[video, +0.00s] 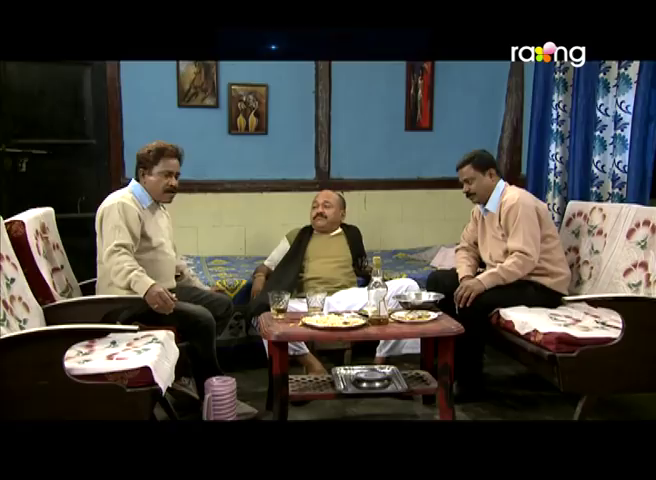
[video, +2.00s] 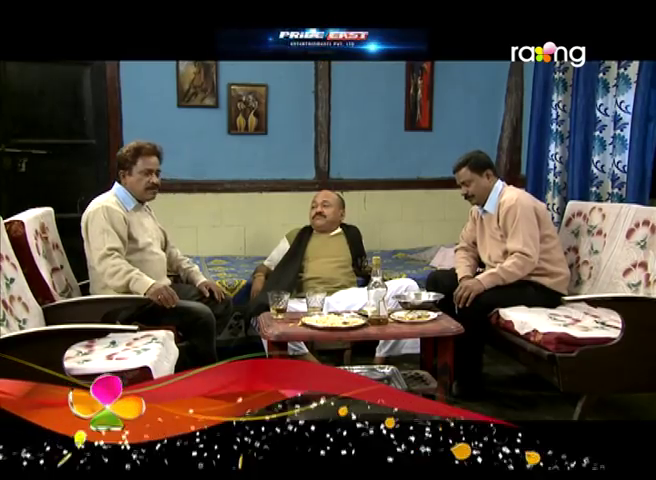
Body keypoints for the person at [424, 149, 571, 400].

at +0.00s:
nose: (465, 189)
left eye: (469, 181)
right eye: (462, 184)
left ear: (491, 175)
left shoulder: (519, 202)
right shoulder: (480, 209)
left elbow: (524, 258)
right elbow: (466, 247)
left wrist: (481, 282)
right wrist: (466, 276)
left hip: (542, 285)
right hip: (504, 277)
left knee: (473, 301)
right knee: (438, 280)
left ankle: (468, 384)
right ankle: (441, 369)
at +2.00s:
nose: (464, 192)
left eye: (467, 184)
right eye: (461, 187)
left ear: (488, 176)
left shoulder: (518, 203)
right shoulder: (479, 209)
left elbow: (524, 259)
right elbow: (465, 247)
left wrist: (481, 282)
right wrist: (466, 276)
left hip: (542, 286)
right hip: (505, 279)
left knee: (473, 302)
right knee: (439, 280)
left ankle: (467, 383)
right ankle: (438, 370)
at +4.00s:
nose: (463, 194)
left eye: (466, 186)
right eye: (459, 189)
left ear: (486, 177)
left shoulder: (517, 203)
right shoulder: (479, 209)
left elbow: (523, 259)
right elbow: (465, 247)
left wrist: (479, 281)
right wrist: (465, 276)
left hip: (542, 286)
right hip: (504, 277)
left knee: (472, 301)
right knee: (437, 280)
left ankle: (467, 385)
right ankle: (440, 369)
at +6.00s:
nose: (458, 198)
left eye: (460, 190)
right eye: (455, 193)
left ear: (480, 179)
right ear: (478, 181)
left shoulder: (513, 206)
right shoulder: (478, 208)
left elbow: (513, 266)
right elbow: (464, 248)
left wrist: (465, 294)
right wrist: (463, 282)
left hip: (541, 286)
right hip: (503, 277)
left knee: (468, 302)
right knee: (437, 280)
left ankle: (468, 386)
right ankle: (440, 369)